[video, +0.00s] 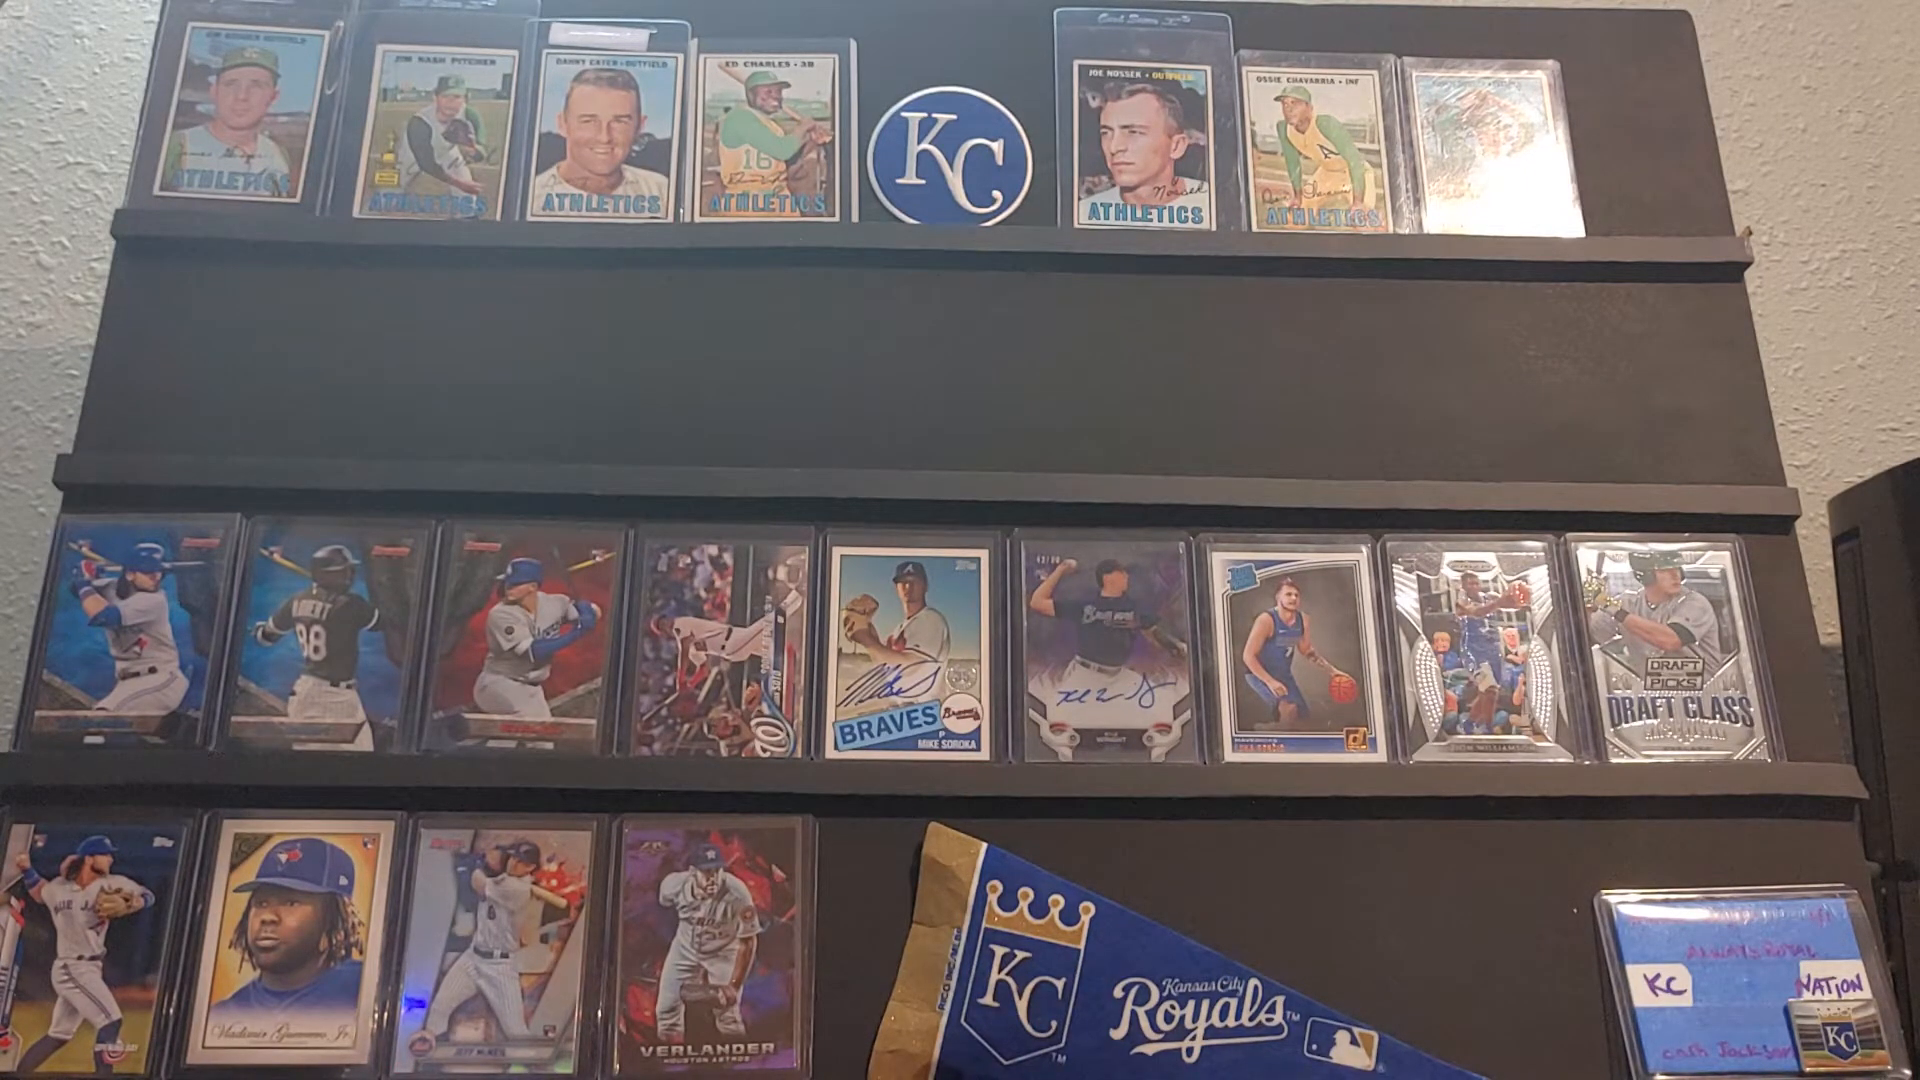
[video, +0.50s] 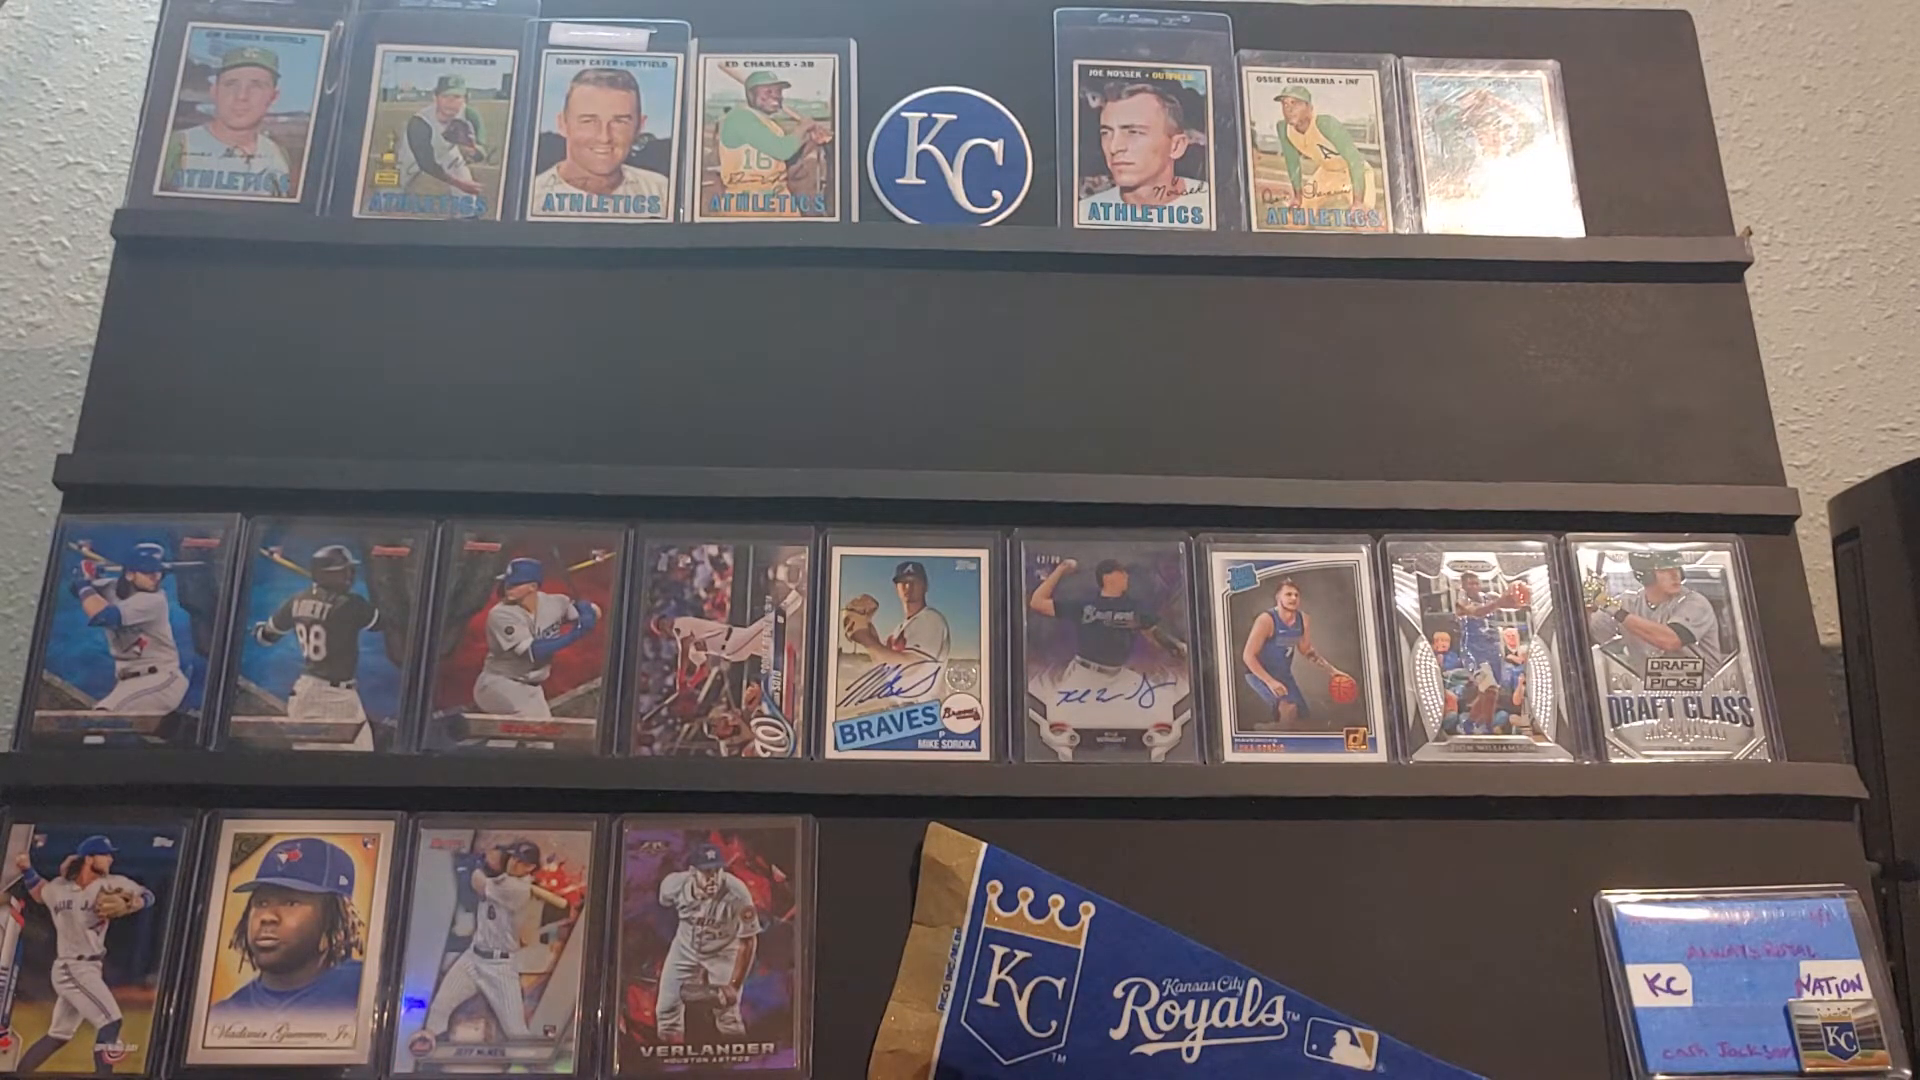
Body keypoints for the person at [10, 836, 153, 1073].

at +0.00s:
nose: (110, 859)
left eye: (110, 855)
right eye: (105, 855)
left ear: (98, 861)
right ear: (89, 859)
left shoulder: (111, 884)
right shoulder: (58, 888)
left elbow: (148, 896)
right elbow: (39, 891)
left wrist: (131, 904)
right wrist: (27, 869)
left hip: (91, 969)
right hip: (70, 969)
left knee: (59, 1035)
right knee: (110, 1020)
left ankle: (18, 1073)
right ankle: (104, 1074)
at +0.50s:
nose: (110, 860)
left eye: (110, 855)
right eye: (105, 855)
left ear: (96, 861)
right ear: (89, 859)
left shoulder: (112, 884)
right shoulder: (58, 889)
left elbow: (149, 896)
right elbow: (39, 891)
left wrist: (129, 905)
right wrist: (27, 869)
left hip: (91, 969)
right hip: (70, 969)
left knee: (58, 1035)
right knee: (111, 1020)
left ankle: (18, 1073)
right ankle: (104, 1074)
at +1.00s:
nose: (110, 859)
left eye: (110, 855)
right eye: (105, 855)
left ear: (97, 861)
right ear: (89, 859)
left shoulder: (110, 884)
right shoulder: (58, 888)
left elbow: (148, 896)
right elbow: (40, 891)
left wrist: (129, 904)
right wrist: (27, 870)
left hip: (90, 969)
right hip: (71, 969)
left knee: (59, 1035)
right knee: (111, 1020)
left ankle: (19, 1072)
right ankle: (104, 1074)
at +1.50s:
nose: (110, 860)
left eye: (110, 855)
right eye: (105, 855)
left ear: (96, 861)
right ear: (89, 859)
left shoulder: (109, 885)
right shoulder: (58, 888)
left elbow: (149, 895)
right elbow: (39, 892)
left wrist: (135, 903)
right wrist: (27, 870)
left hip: (90, 969)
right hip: (71, 969)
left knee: (58, 1035)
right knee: (111, 1020)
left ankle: (19, 1073)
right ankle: (104, 1074)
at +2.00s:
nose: (110, 860)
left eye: (110, 855)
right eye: (105, 855)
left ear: (96, 861)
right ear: (89, 859)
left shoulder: (110, 885)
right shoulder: (57, 888)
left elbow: (149, 896)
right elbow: (39, 892)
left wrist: (134, 904)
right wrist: (27, 870)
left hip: (90, 969)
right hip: (71, 969)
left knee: (58, 1035)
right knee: (111, 1020)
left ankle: (19, 1073)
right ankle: (104, 1074)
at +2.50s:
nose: (110, 860)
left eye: (110, 855)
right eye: (105, 855)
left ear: (95, 861)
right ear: (89, 859)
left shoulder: (111, 884)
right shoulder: (58, 888)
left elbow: (149, 896)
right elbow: (39, 892)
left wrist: (134, 904)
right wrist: (27, 870)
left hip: (91, 968)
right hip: (71, 968)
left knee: (58, 1035)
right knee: (111, 1020)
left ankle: (19, 1073)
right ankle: (104, 1074)